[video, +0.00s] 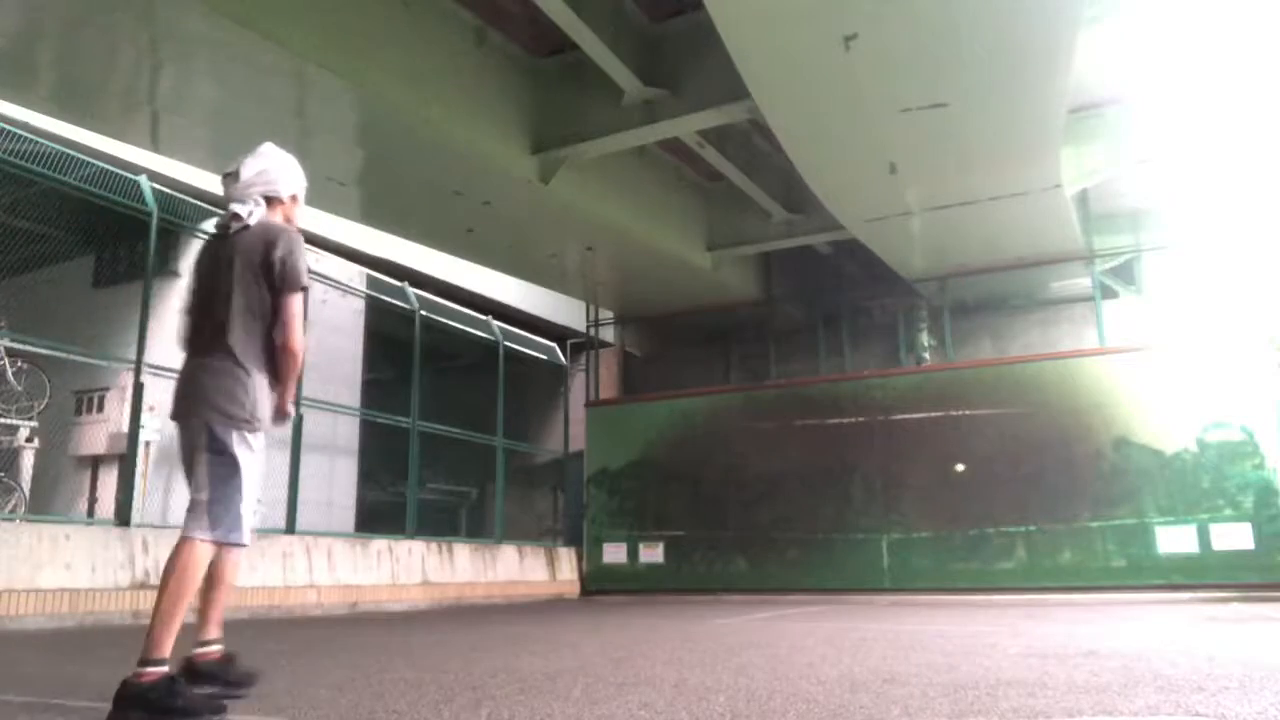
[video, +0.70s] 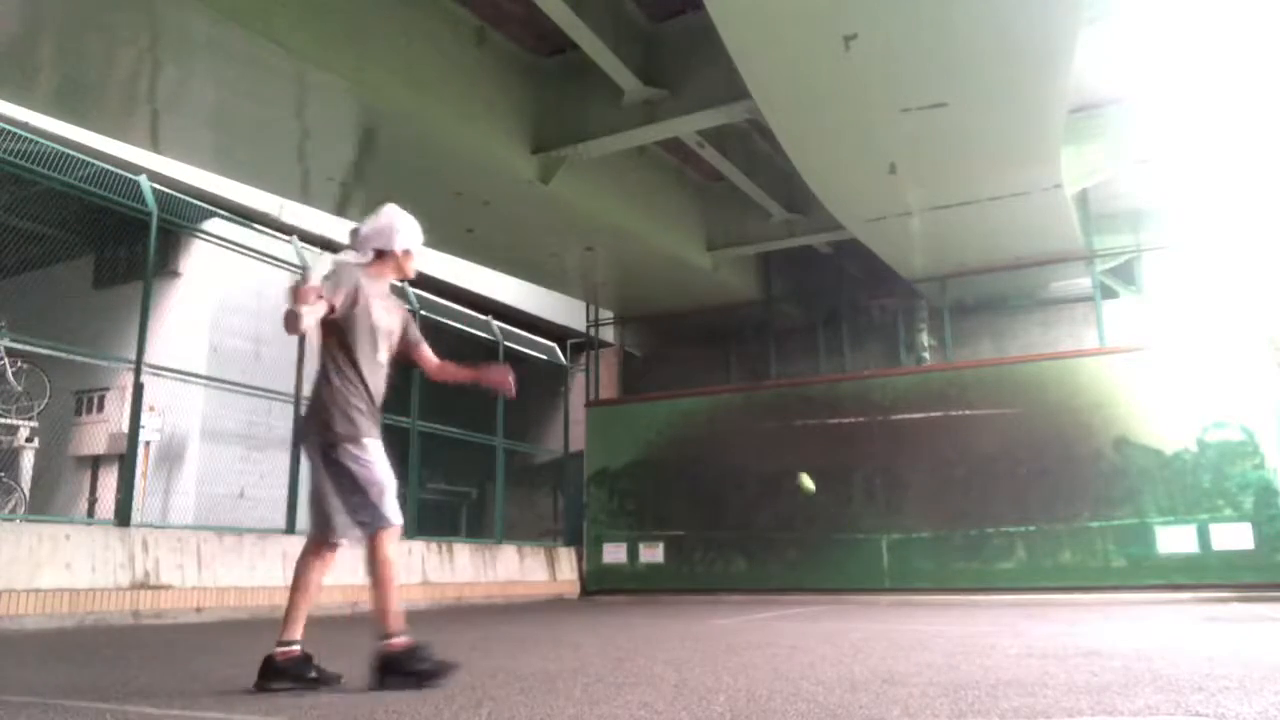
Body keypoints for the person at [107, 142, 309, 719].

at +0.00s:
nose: (301, 212)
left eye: (302, 202)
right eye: (300, 202)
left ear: (246, 197)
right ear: (282, 199)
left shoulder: (214, 246)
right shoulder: (282, 241)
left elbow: (196, 330)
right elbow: (290, 339)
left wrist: (230, 371)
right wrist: (285, 394)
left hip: (199, 392)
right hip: (235, 397)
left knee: (230, 529)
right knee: (203, 529)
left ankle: (208, 652)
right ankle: (149, 671)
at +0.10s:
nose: (311, 219)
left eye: (311, 209)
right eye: (309, 208)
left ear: (261, 203)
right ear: (292, 205)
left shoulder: (237, 250)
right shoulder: (283, 246)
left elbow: (226, 338)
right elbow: (287, 345)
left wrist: (292, 392)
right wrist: (316, 409)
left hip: (222, 405)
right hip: (242, 411)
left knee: (260, 528)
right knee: (206, 531)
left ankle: (246, 655)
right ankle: (149, 673)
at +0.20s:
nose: (325, 232)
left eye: (324, 221)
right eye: (323, 221)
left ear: (279, 215)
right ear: (305, 217)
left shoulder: (267, 260)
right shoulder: (289, 252)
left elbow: (292, 358)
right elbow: (298, 347)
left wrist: (368, 382)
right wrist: (359, 400)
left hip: (258, 425)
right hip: (250, 424)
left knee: (284, 534)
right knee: (213, 535)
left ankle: (279, 655)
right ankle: (152, 671)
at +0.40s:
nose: (361, 248)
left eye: (360, 238)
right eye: (358, 238)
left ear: (329, 235)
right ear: (340, 235)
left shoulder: (331, 281)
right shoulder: (308, 268)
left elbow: (355, 341)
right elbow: (314, 339)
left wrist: (410, 338)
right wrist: (387, 346)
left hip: (308, 425)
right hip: (286, 423)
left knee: (322, 539)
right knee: (289, 527)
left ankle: (287, 657)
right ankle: (208, 643)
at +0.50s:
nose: (379, 249)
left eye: (379, 240)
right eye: (376, 239)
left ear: (350, 238)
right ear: (358, 237)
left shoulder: (353, 287)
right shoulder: (322, 265)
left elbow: (401, 348)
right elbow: (308, 331)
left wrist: (445, 325)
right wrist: (366, 326)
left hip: (329, 422)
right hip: (308, 419)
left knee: (327, 528)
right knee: (333, 521)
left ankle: (283, 646)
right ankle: (266, 638)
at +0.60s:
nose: (399, 250)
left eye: (398, 241)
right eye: (394, 240)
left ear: (371, 244)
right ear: (374, 241)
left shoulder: (376, 299)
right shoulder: (333, 268)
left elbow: (417, 352)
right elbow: (295, 327)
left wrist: (461, 339)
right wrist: (333, 310)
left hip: (332, 421)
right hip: (326, 420)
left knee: (321, 537)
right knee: (368, 518)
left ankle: (286, 649)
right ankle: (332, 638)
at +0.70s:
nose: (417, 260)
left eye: (417, 251)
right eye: (413, 251)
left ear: (389, 252)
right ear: (394, 250)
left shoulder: (397, 311)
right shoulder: (349, 278)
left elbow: (434, 368)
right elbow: (301, 322)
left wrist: (483, 374)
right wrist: (303, 304)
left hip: (352, 426)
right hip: (341, 424)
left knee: (326, 539)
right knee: (385, 524)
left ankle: (286, 652)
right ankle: (395, 649)